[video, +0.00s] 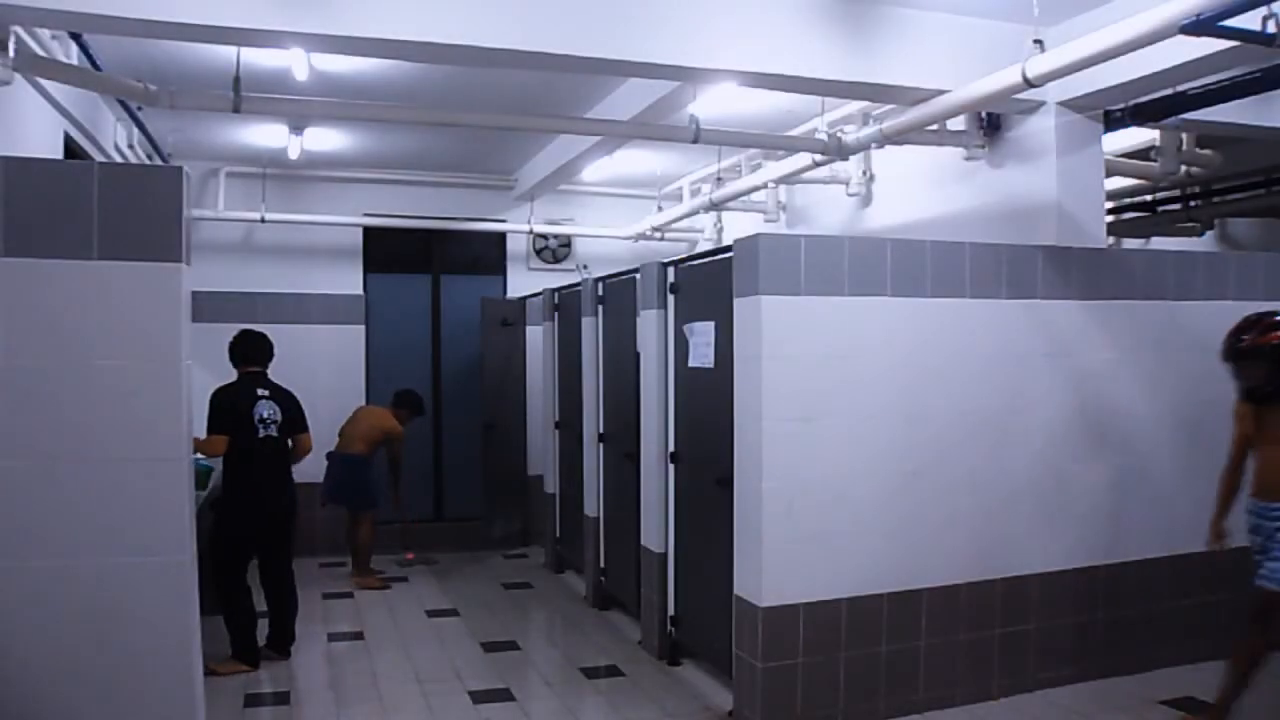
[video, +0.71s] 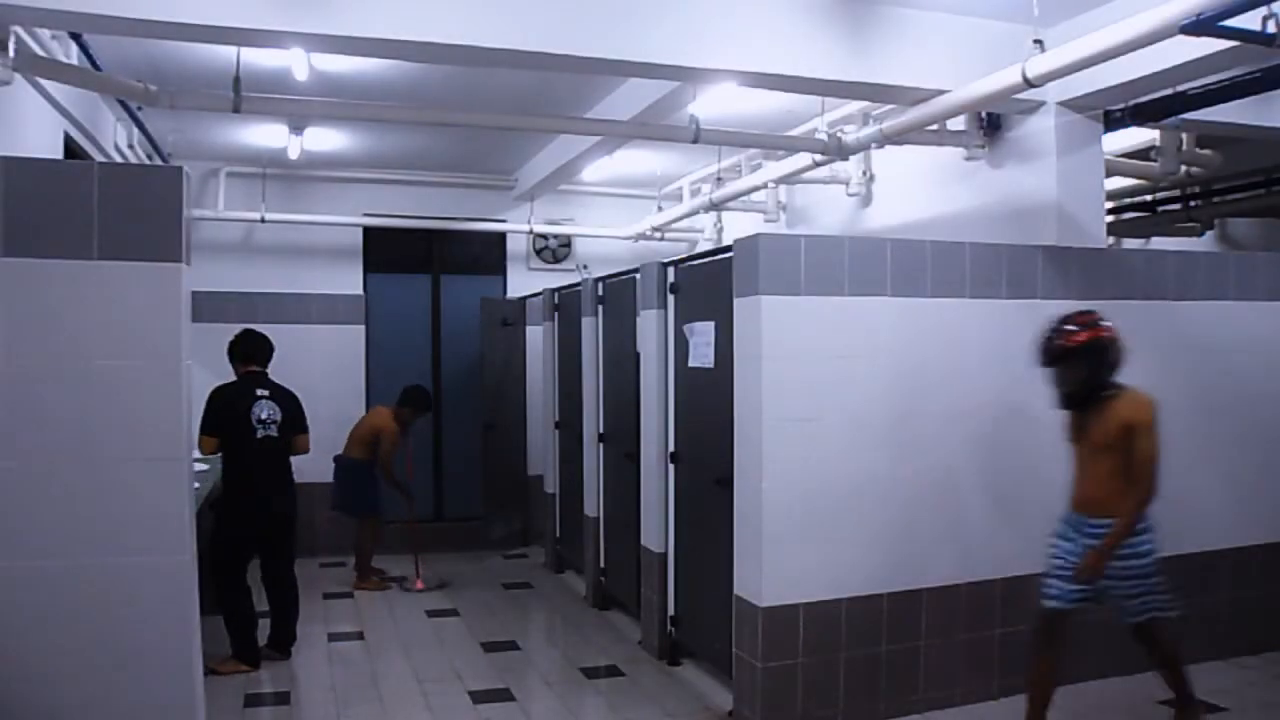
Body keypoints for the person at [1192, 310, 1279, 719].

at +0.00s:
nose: (1244, 375)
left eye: (1251, 364)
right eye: (1241, 365)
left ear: (1269, 364)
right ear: (1243, 366)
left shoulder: (1255, 405)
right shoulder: (1250, 404)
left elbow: (1235, 464)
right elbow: (1236, 463)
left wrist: (1219, 517)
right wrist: (1219, 518)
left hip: (1270, 520)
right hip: (1264, 518)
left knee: (1261, 619)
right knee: (1262, 619)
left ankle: (1221, 705)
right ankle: (1221, 704)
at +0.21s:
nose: (1199, 377)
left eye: (1208, 366)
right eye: (1194, 367)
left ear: (1235, 362)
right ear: (1192, 366)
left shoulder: (1266, 405)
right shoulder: (1202, 407)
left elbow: (1274, 468)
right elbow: (1195, 464)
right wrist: (1175, 522)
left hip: (1253, 516)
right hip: (1212, 515)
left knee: (1213, 604)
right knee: (1242, 605)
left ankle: (1202, 704)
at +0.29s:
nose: (1181, 374)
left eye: (1190, 363)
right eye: (1176, 364)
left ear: (1217, 358)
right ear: (1173, 363)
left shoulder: (1254, 403)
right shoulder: (1187, 403)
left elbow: (1266, 472)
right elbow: (1178, 465)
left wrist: (1262, 528)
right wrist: (1161, 523)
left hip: (1233, 513)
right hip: (1189, 511)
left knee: (1210, 607)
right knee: (1195, 606)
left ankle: (1200, 702)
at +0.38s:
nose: (1159, 369)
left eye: (1167, 358)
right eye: (1155, 359)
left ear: (1194, 354)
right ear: (1156, 359)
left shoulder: (1234, 400)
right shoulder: (1169, 397)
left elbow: (1241, 476)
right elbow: (1163, 460)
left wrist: (1229, 538)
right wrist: (1149, 518)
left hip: (1210, 515)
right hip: (1169, 510)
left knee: (1198, 611)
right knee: (1157, 600)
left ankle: (1200, 702)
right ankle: (1211, 672)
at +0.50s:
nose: (1126, 369)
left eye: (1133, 358)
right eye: (1123, 360)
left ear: (1161, 353)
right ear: (1126, 360)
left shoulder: (1203, 398)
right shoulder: (1141, 398)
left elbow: (1205, 482)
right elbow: (1144, 459)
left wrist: (1170, 542)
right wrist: (1132, 514)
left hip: (1187, 519)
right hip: (1141, 513)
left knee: (1190, 614)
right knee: (1111, 596)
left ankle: (1197, 707)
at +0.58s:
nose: (1105, 373)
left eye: (1112, 362)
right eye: (1101, 364)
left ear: (1140, 357)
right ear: (1102, 364)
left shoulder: (1179, 404)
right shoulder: (1120, 407)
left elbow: (1181, 485)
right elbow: (1128, 469)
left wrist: (1140, 544)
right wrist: (1117, 516)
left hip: (1167, 525)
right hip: (1121, 521)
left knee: (1182, 623)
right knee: (1092, 617)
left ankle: (1195, 707)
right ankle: (1064, 704)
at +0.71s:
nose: (1063, 377)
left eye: (1071, 365)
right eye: (1059, 368)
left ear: (1098, 361)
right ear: (1059, 368)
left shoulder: (1136, 409)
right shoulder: (1080, 412)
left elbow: (1144, 489)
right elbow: (1088, 475)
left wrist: (1102, 552)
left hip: (1124, 537)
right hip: (1075, 533)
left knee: (1148, 630)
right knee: (1048, 627)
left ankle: (1187, 704)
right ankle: (1035, 713)